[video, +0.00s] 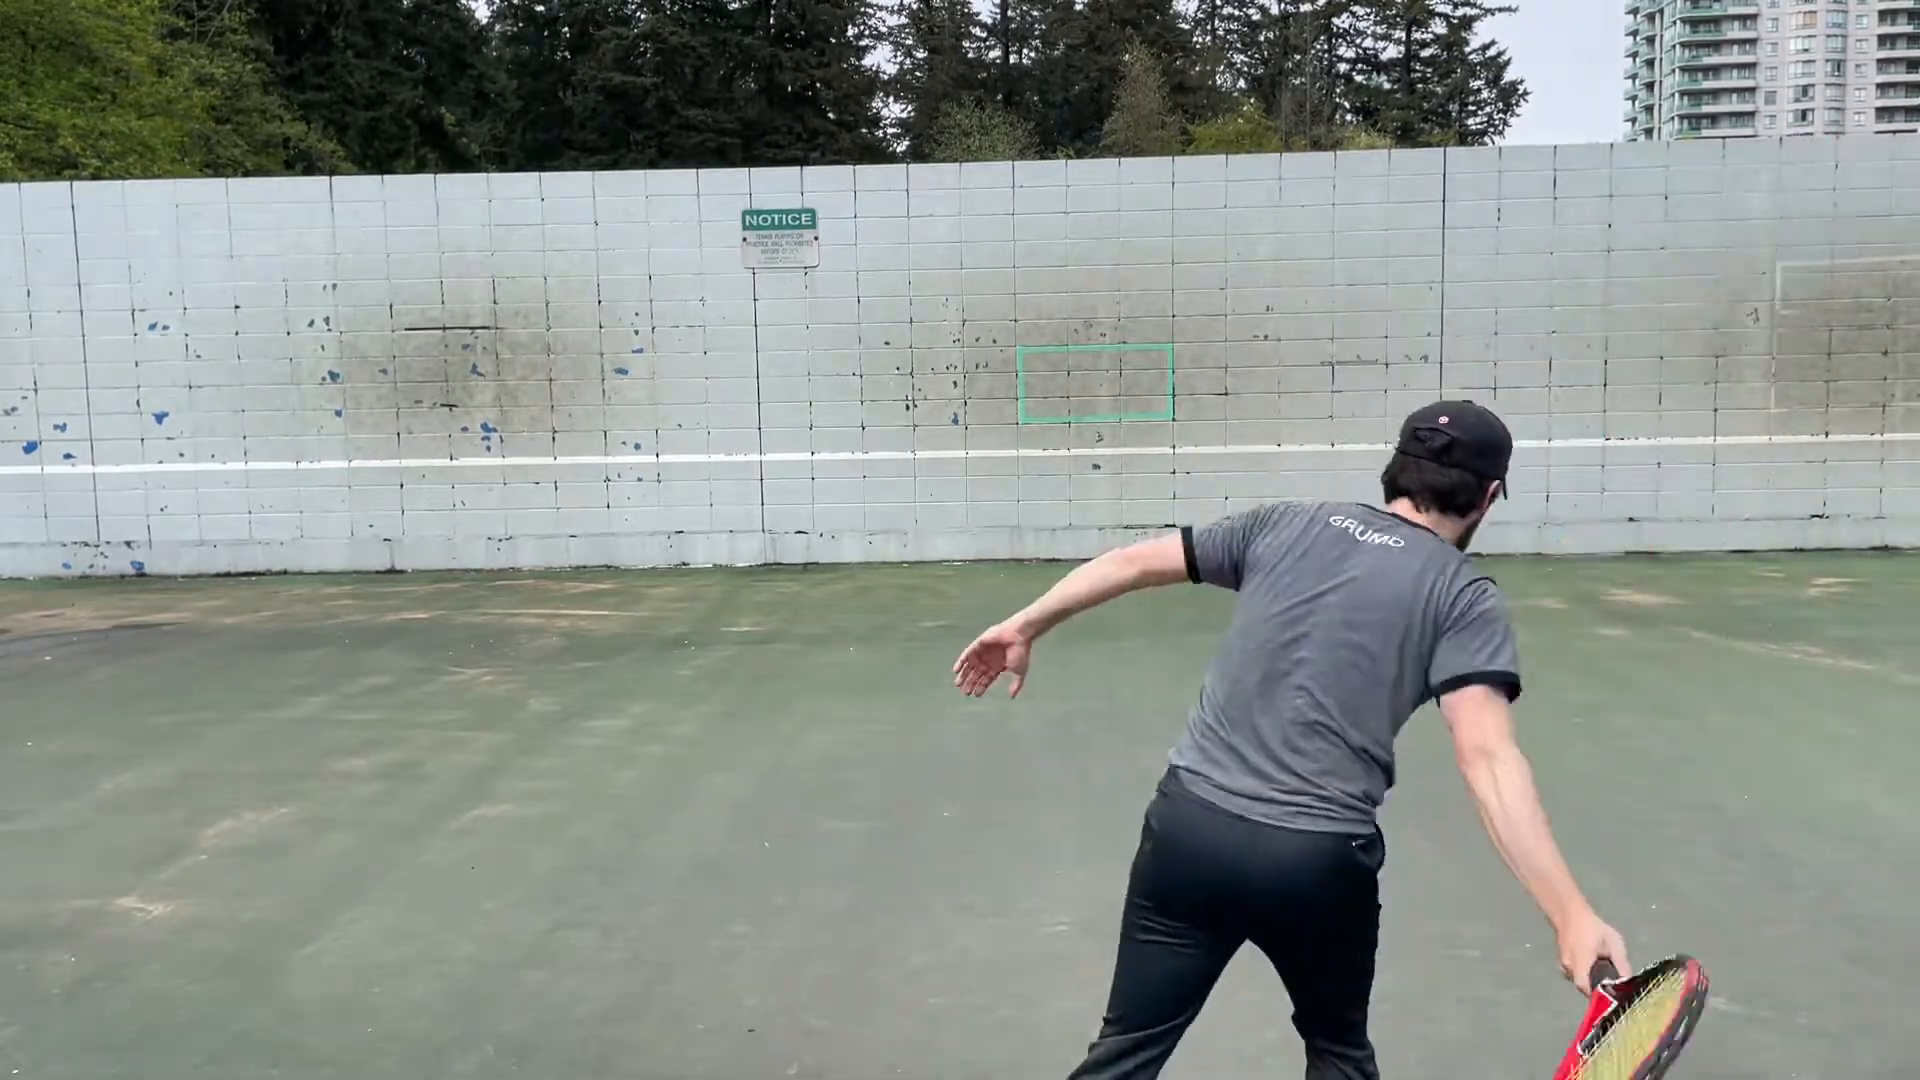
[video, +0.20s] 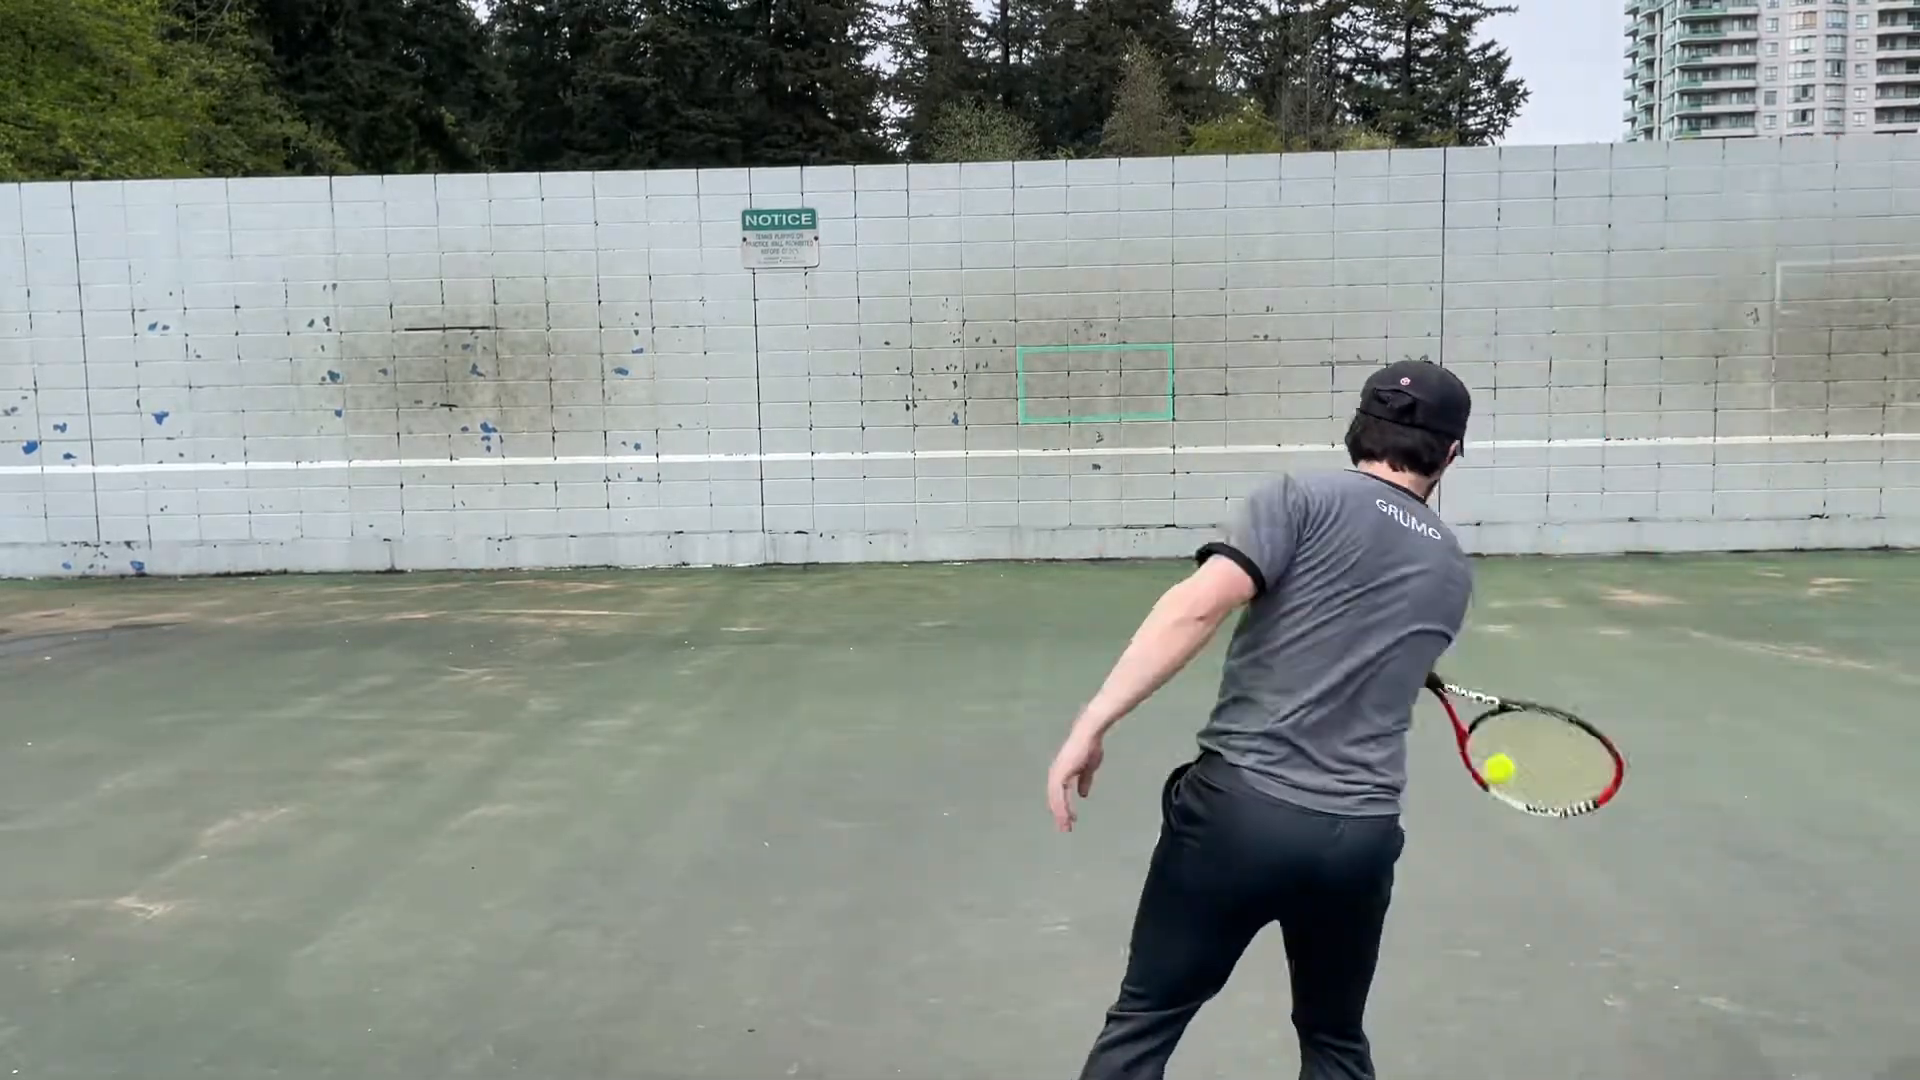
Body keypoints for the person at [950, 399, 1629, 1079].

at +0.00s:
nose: (1492, 509)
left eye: (1493, 493)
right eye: (1495, 496)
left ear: (1394, 472)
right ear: (1484, 500)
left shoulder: (1289, 525)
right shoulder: (1460, 591)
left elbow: (1136, 560)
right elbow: (1488, 758)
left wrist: (1024, 622)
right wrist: (1574, 918)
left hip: (1189, 830)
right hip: (1318, 863)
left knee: (1124, 1047)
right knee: (1339, 1047)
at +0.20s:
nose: (1457, 453)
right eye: (1458, 442)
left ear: (1356, 429)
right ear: (1449, 452)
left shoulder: (1295, 500)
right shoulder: (1452, 566)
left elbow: (1199, 605)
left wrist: (1093, 722)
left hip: (1235, 819)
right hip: (1356, 844)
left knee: (1144, 1019)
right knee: (1336, 1037)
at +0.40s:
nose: (1308, 361)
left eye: (1312, 352)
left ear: (1313, 365)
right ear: (1404, 387)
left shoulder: (1301, 474)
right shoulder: (1417, 489)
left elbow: (1298, 631)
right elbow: (1295, 512)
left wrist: (1225, 787)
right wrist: (1190, 451)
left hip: (1276, 788)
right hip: (1377, 798)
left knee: (1174, 1019)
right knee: (1334, 1027)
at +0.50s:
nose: (1277, 352)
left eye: (1280, 343)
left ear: (1285, 357)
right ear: (1379, 372)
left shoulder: (1295, 474)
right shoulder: (1393, 471)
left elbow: (1302, 639)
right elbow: (1249, 477)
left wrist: (1219, 783)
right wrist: (1123, 454)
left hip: (1272, 790)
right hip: (1372, 791)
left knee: (1173, 1023)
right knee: (1335, 1025)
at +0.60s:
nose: (1245, 354)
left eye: (1248, 343)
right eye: (1258, 342)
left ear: (1253, 358)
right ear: (1349, 366)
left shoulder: (1275, 480)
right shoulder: (1371, 468)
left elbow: (1287, 654)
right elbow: (1217, 499)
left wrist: (1185, 773)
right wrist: (1093, 508)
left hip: (1262, 791)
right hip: (1361, 790)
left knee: (1163, 1020)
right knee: (1331, 1029)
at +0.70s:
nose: (1209, 355)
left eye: (1213, 345)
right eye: (1218, 344)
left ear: (1216, 362)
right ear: (1312, 366)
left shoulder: (1235, 490)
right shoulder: (1341, 470)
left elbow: (1256, 662)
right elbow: (1211, 546)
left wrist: (1147, 756)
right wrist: (1091, 590)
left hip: (1235, 798)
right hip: (1340, 791)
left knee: (1149, 1031)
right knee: (1322, 1032)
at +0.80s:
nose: (1158, 364)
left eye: (1161, 353)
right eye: (1166, 351)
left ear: (1168, 370)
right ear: (1264, 374)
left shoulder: (1183, 502)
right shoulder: (1301, 482)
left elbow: (1211, 676)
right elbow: (1236, 614)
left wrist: (1111, 751)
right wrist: (1114, 668)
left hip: (1195, 811)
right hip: (1302, 800)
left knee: (1137, 1048)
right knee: (1303, 1037)